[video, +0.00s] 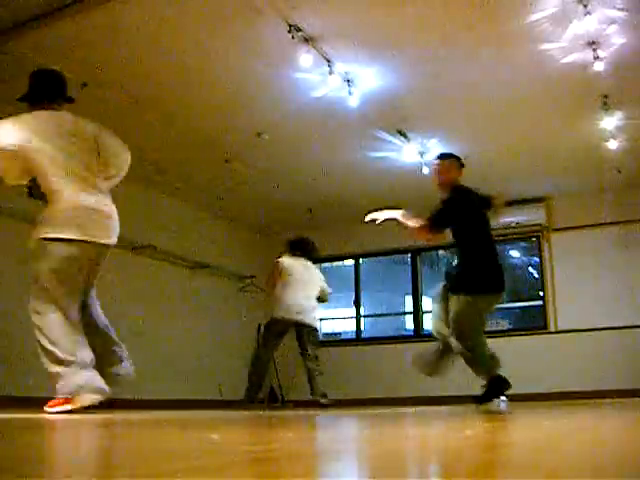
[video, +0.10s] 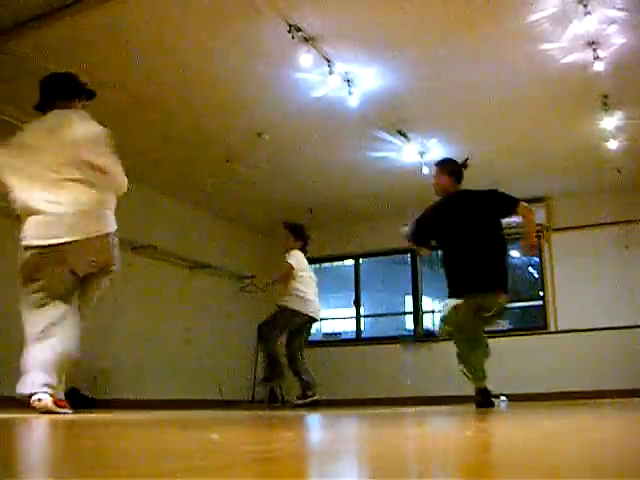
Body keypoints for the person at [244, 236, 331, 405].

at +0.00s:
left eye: (288, 249)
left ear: (290, 249)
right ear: (311, 253)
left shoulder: (282, 262)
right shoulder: (314, 271)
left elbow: (270, 285)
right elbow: (325, 296)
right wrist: (308, 294)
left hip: (282, 312)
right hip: (307, 315)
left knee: (264, 352)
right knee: (311, 355)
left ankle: (253, 394)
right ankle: (319, 395)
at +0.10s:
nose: (285, 241)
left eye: (288, 238)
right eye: (286, 237)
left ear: (296, 241)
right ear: (302, 243)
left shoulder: (293, 254)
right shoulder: (304, 262)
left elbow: (289, 272)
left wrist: (272, 282)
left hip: (295, 305)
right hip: (311, 311)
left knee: (266, 330)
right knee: (294, 351)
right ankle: (309, 389)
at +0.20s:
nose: (289, 245)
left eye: (293, 241)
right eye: (287, 241)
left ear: (299, 245)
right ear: (283, 246)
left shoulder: (305, 262)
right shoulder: (285, 269)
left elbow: (304, 286)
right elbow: (283, 293)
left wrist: (291, 285)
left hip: (309, 307)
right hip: (291, 309)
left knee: (290, 325)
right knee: (290, 354)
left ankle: (280, 362)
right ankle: (292, 396)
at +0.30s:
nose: (299, 247)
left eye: (301, 243)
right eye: (295, 244)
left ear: (304, 246)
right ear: (288, 248)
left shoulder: (314, 267)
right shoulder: (281, 270)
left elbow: (327, 289)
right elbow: (268, 287)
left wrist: (315, 299)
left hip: (313, 319)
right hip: (289, 322)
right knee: (287, 363)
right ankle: (291, 398)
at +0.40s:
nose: (310, 242)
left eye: (311, 239)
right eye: (306, 239)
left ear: (312, 242)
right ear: (295, 242)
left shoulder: (322, 263)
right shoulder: (282, 264)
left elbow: (334, 278)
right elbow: (269, 283)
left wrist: (336, 289)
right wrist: (284, 285)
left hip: (318, 315)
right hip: (294, 317)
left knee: (336, 340)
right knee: (290, 352)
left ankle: (327, 379)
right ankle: (287, 395)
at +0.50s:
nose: (318, 244)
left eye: (318, 240)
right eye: (314, 240)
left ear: (319, 244)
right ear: (304, 244)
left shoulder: (325, 265)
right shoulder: (291, 262)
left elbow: (331, 289)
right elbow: (277, 283)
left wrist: (347, 292)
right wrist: (292, 285)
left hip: (322, 314)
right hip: (301, 313)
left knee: (345, 349)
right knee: (298, 349)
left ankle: (344, 386)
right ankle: (281, 393)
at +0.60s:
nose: (325, 254)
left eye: (326, 251)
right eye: (322, 251)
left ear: (326, 255)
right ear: (313, 254)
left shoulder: (327, 278)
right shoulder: (302, 273)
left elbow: (329, 302)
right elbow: (287, 289)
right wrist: (293, 294)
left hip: (326, 326)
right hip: (308, 325)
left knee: (344, 363)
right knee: (303, 362)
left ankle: (350, 396)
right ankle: (284, 395)